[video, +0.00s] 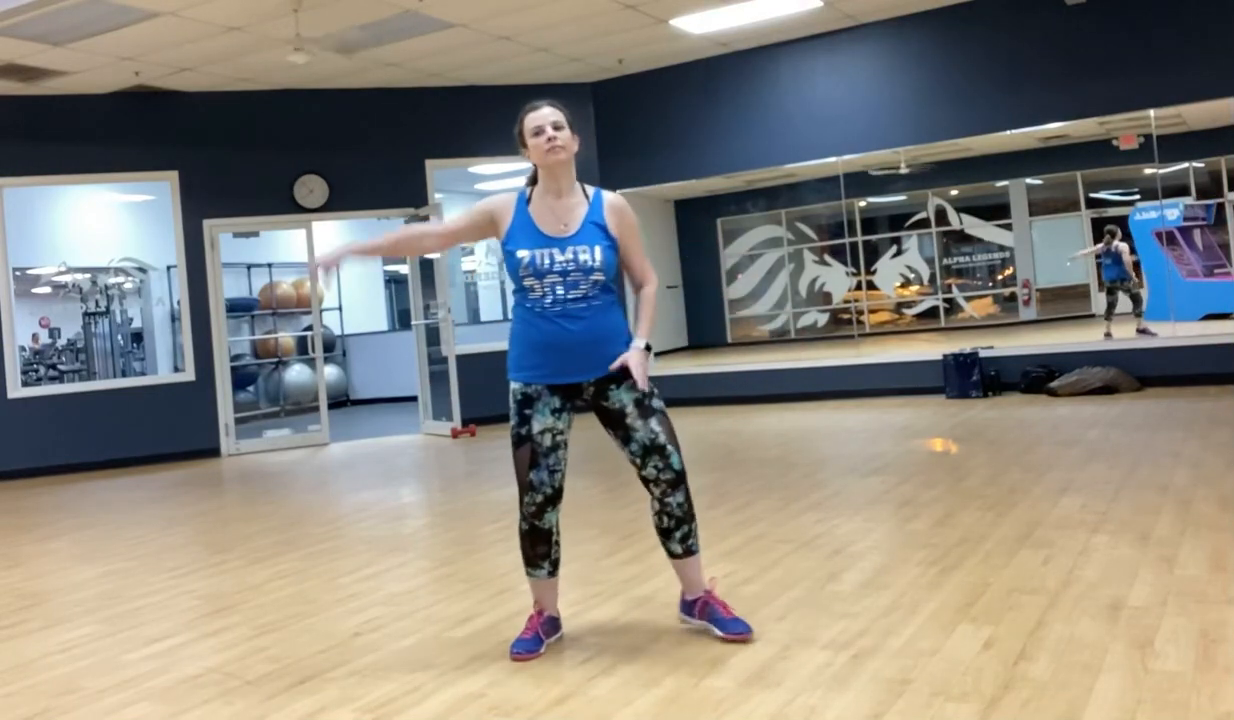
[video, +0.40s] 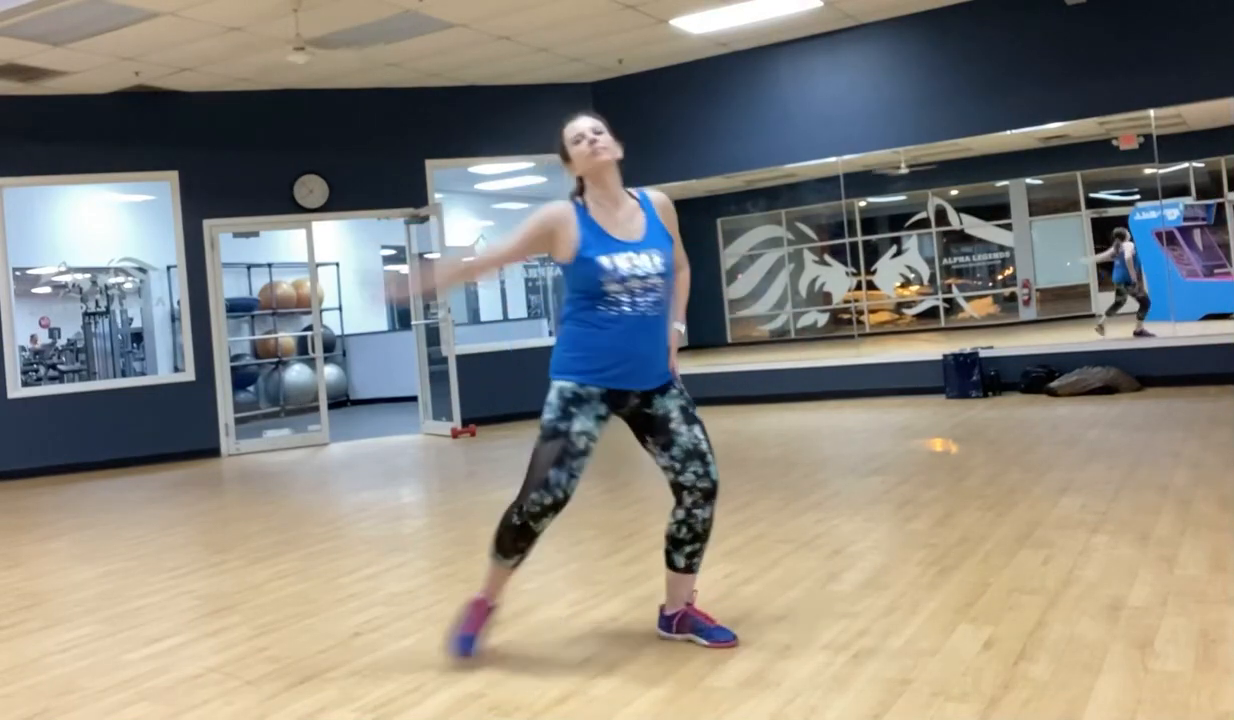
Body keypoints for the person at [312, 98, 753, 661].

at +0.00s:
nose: (551, 135)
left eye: (557, 126)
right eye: (539, 132)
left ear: (574, 138)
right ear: (525, 150)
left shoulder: (610, 207)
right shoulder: (505, 209)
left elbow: (645, 281)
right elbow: (429, 236)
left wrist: (640, 344)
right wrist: (348, 250)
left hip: (611, 369)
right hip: (537, 377)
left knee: (667, 468)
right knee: (538, 494)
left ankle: (697, 594)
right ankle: (544, 614)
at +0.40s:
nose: (594, 139)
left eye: (599, 131)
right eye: (580, 139)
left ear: (619, 146)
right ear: (571, 165)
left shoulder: (657, 205)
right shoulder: (560, 220)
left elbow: (680, 269)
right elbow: (486, 261)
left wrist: (675, 328)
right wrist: (422, 280)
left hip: (653, 379)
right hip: (583, 383)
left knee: (699, 482)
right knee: (544, 496)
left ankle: (679, 608)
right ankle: (486, 600)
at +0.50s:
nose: (609, 148)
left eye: (614, 141)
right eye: (595, 149)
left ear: (632, 157)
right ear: (584, 175)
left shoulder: (661, 216)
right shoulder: (579, 235)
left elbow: (659, 299)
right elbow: (556, 330)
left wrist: (659, 364)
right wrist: (519, 403)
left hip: (656, 389)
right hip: (591, 394)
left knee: (711, 489)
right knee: (539, 508)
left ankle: (679, 610)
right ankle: (458, 613)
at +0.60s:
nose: (610, 153)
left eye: (614, 145)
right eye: (595, 153)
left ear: (631, 161)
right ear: (584, 179)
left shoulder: (659, 220)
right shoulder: (583, 238)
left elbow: (659, 304)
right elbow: (597, 327)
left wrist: (665, 375)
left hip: (657, 385)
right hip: (593, 389)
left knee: (714, 491)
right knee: (535, 510)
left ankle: (678, 610)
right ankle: (453, 613)